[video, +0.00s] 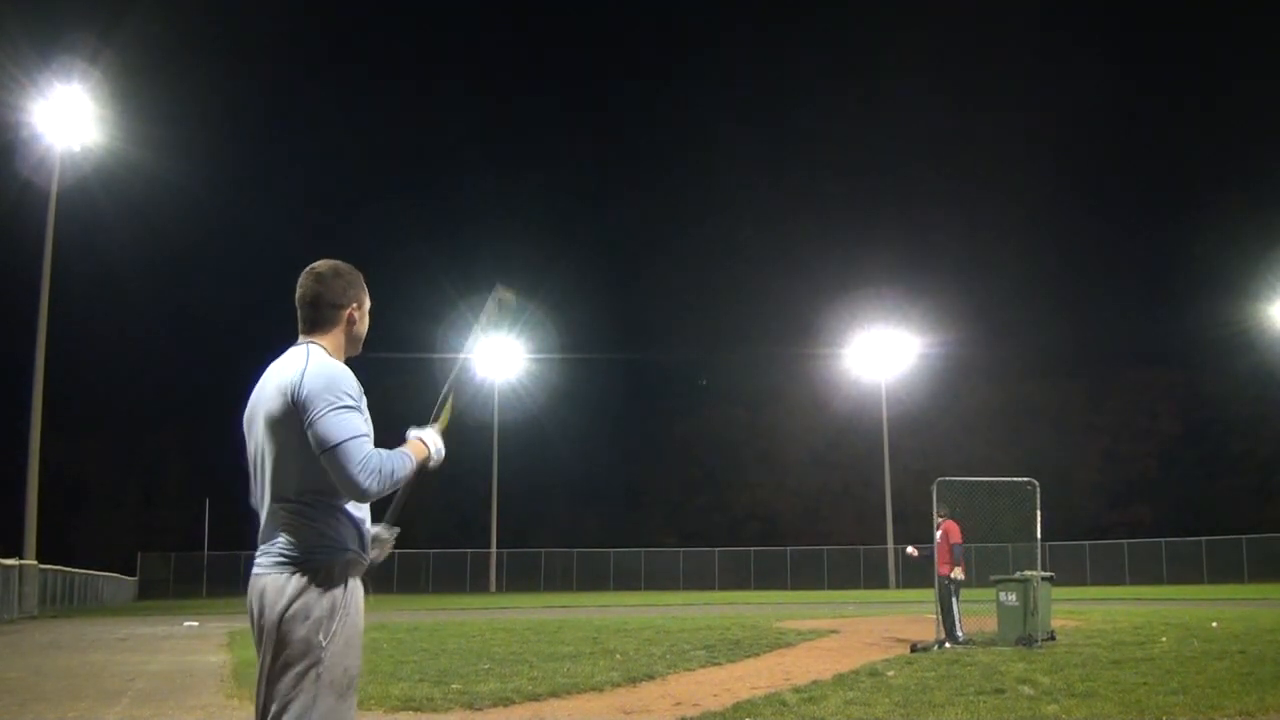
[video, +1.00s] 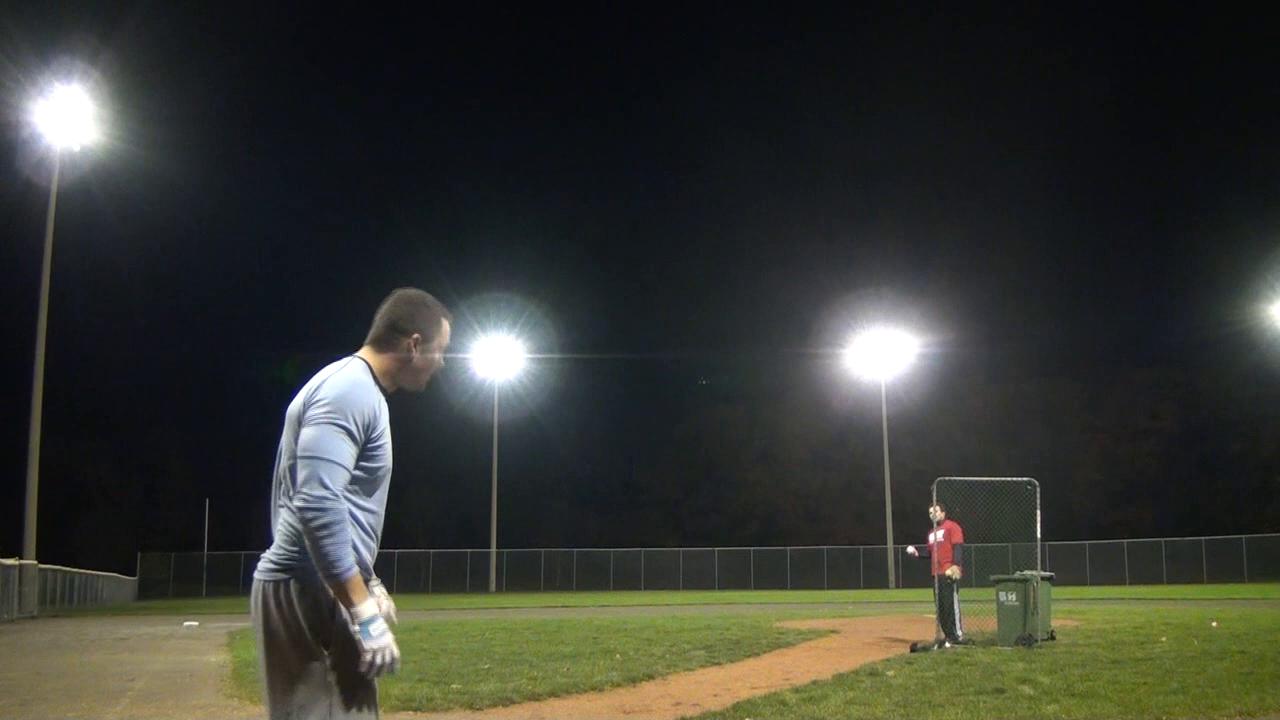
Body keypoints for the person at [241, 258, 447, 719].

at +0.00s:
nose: (367, 321)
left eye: (367, 310)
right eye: (367, 309)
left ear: (306, 311)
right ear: (353, 313)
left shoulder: (273, 380)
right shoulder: (325, 374)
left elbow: (278, 501)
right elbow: (365, 473)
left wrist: (355, 533)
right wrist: (419, 449)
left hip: (276, 583)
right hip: (317, 590)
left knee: (282, 710)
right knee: (313, 711)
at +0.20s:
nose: (372, 333)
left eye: (372, 322)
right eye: (372, 322)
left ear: (310, 321)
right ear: (358, 325)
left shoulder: (284, 387)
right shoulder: (328, 380)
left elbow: (322, 493)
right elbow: (350, 478)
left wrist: (395, 496)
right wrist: (426, 523)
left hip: (293, 588)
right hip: (328, 592)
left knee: (301, 710)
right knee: (330, 711)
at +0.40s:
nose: (392, 347)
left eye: (393, 335)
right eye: (392, 334)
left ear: (338, 327)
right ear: (373, 332)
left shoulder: (304, 384)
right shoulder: (339, 381)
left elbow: (323, 498)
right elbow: (337, 483)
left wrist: (395, 483)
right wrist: (374, 582)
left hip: (293, 575)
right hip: (330, 576)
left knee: (311, 709)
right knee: (356, 709)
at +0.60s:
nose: (420, 380)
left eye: (426, 372)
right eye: (419, 366)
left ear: (389, 346)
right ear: (390, 344)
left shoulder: (328, 381)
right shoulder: (348, 378)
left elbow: (324, 478)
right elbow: (304, 466)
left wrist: (374, 476)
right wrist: (323, 579)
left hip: (300, 574)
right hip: (335, 575)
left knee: (314, 712)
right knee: (367, 711)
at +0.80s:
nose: (434, 384)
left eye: (440, 375)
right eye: (434, 370)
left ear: (401, 349)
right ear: (404, 348)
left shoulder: (349, 384)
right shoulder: (351, 382)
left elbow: (306, 476)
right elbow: (302, 477)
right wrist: (334, 590)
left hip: (300, 580)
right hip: (326, 580)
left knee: (308, 712)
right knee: (360, 710)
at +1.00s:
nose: (440, 364)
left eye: (443, 353)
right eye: (439, 352)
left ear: (407, 342)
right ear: (413, 344)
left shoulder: (355, 388)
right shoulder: (348, 389)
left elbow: (338, 503)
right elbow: (318, 502)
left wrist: (369, 583)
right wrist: (362, 608)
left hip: (322, 587)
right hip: (304, 590)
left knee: (351, 709)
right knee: (322, 711)